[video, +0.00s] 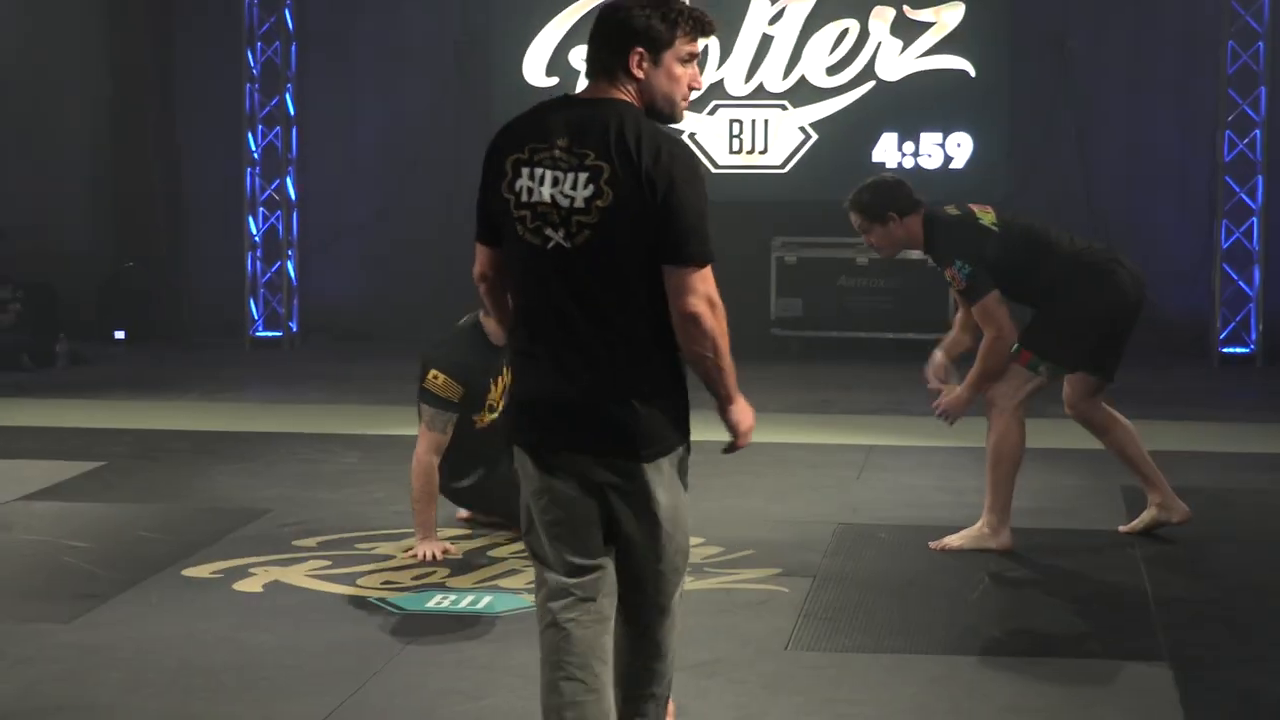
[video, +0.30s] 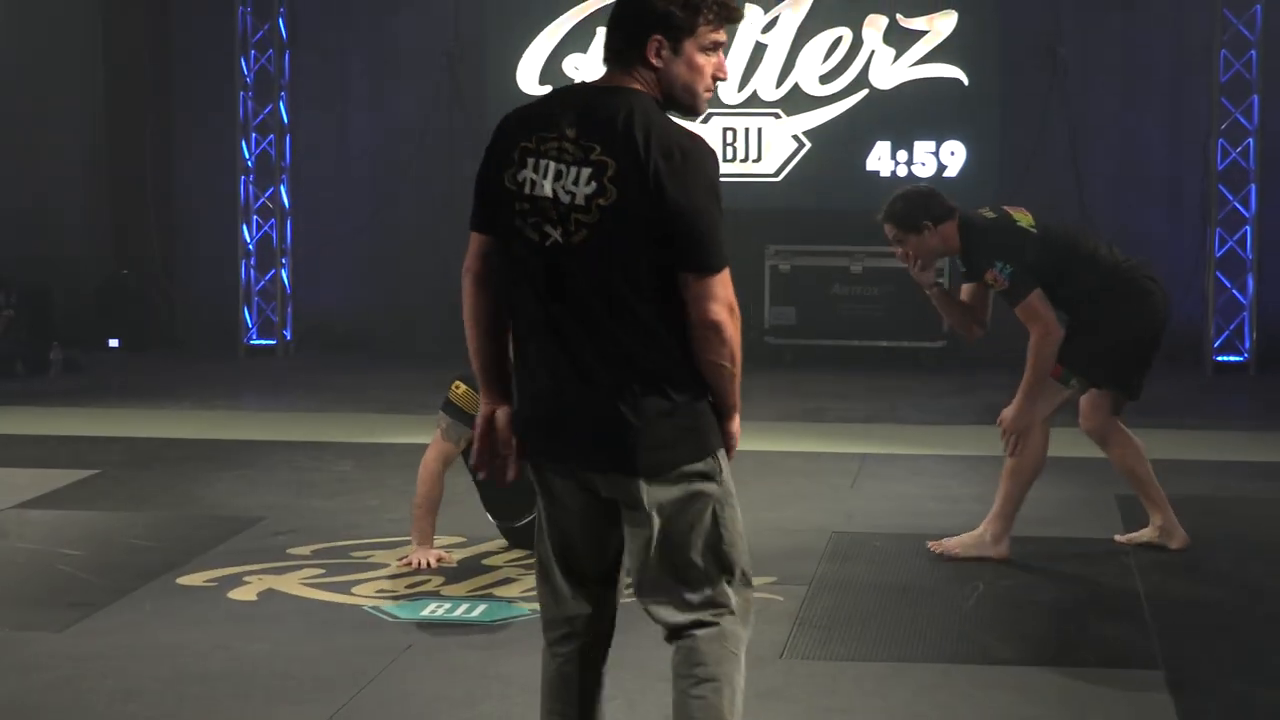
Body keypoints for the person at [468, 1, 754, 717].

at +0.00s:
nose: (697, 79)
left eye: (698, 63)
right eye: (687, 62)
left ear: (618, 66)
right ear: (637, 64)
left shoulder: (513, 139)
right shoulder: (664, 157)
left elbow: (490, 274)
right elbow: (693, 304)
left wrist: (527, 354)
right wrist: (731, 396)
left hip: (543, 401)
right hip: (638, 407)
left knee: (570, 593)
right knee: (651, 591)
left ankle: (574, 715)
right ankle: (645, 710)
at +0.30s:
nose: (721, 69)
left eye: (723, 51)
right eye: (711, 49)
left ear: (638, 50)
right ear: (657, 50)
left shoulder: (518, 128)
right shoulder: (677, 151)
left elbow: (480, 273)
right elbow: (714, 314)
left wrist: (493, 396)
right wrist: (729, 411)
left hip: (554, 417)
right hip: (659, 423)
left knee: (571, 616)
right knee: (706, 610)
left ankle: (565, 719)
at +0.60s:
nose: (786, 84)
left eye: (788, 64)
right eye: (776, 63)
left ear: (691, 63)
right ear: (721, 61)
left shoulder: (568, 145)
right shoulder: (750, 173)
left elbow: (524, 305)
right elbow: (785, 341)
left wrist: (520, 436)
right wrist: (783, 464)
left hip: (592, 448)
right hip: (706, 455)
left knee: (582, 675)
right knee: (702, 686)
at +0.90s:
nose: (761, 64)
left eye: (763, 45)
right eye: (759, 45)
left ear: (654, 41)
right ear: (726, 48)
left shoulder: (551, 148)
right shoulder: (750, 172)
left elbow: (532, 325)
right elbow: (805, 349)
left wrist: (609, 371)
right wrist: (849, 485)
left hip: (589, 481)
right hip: (717, 489)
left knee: (589, 701)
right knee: (724, 705)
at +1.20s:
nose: (542, 53)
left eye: (547, 36)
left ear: (556, 43)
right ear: (659, 50)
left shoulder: (479, 173)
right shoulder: (712, 172)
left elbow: (456, 364)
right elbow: (761, 359)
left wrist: (506, 476)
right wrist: (805, 511)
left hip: (536, 512)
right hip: (673, 513)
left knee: (563, 710)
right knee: (698, 709)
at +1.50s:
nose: (443, 47)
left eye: (459, 23)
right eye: (447, 27)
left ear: (527, 22)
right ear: (578, 32)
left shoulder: (458, 151)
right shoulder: (684, 148)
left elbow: (409, 349)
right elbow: (737, 336)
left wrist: (368, 503)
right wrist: (712, 482)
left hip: (508, 507)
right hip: (646, 502)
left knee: (517, 704)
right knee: (646, 705)